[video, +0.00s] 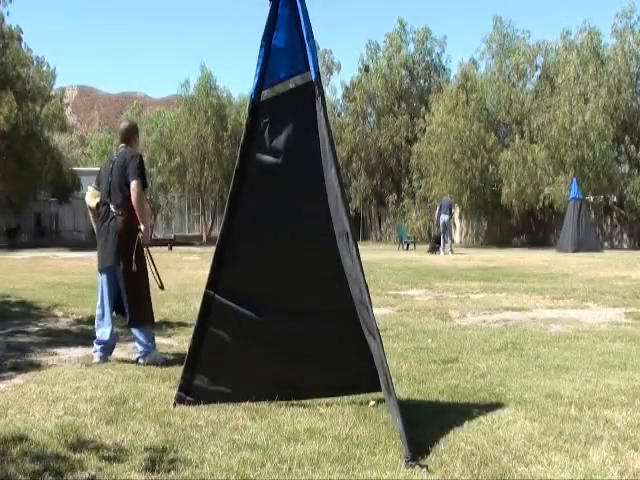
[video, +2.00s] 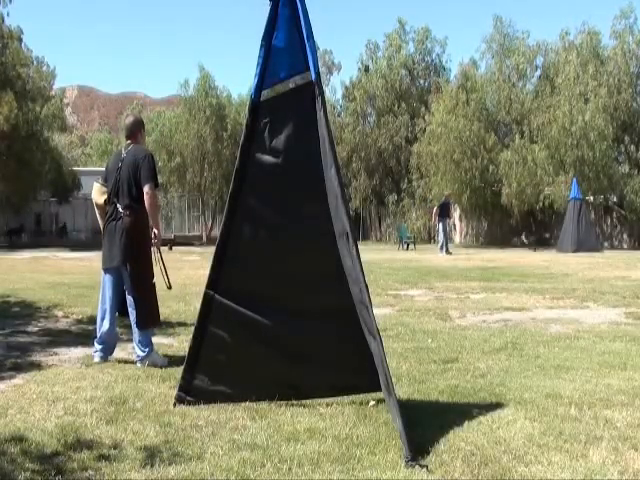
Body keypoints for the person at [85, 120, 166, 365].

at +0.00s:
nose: (140, 141)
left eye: (138, 137)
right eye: (139, 138)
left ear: (119, 139)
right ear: (136, 138)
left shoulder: (107, 163)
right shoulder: (133, 158)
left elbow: (92, 200)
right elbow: (136, 195)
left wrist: (100, 228)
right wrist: (145, 225)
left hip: (105, 234)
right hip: (125, 232)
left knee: (106, 295)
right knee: (135, 291)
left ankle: (101, 348)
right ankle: (146, 349)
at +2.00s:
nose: (146, 135)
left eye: (143, 132)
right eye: (145, 132)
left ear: (126, 135)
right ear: (141, 133)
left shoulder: (114, 159)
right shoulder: (144, 156)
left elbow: (98, 196)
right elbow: (149, 193)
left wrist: (105, 226)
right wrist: (156, 226)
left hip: (112, 229)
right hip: (134, 230)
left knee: (109, 294)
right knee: (138, 292)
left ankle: (101, 349)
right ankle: (144, 351)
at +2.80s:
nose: (140, 140)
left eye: (138, 136)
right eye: (139, 136)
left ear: (120, 138)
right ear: (135, 137)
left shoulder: (110, 160)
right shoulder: (134, 156)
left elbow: (101, 194)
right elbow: (148, 181)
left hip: (106, 223)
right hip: (124, 225)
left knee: (107, 288)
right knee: (132, 288)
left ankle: (96, 346)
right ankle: (144, 351)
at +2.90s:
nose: (140, 138)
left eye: (138, 135)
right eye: (139, 134)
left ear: (119, 138)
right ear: (134, 136)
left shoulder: (112, 160)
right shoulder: (128, 152)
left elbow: (110, 200)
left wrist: (140, 214)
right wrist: (167, 149)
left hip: (100, 236)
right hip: (119, 237)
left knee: (104, 292)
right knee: (138, 289)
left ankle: (95, 347)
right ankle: (143, 350)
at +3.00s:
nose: (144, 140)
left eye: (143, 137)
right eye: (142, 136)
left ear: (123, 138)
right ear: (135, 138)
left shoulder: (110, 163)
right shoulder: (129, 156)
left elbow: (94, 186)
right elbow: (143, 136)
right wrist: (163, 119)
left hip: (98, 238)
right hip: (118, 238)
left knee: (100, 296)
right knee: (133, 292)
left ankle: (95, 347)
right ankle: (130, 349)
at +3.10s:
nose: (144, 151)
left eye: (141, 148)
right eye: (143, 148)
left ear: (123, 148)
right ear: (139, 149)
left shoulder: (112, 164)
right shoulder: (141, 168)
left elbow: (90, 184)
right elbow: (167, 181)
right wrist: (177, 156)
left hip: (92, 224)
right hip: (111, 229)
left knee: (94, 285)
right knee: (122, 284)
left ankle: (94, 346)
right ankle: (126, 350)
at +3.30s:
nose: (140, 158)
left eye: (138, 154)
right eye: (139, 154)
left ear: (119, 154)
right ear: (133, 155)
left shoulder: (102, 168)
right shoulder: (135, 182)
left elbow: (75, 193)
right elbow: (137, 224)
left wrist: (88, 219)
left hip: (90, 230)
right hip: (112, 236)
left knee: (95, 289)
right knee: (127, 290)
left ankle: (89, 346)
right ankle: (127, 351)